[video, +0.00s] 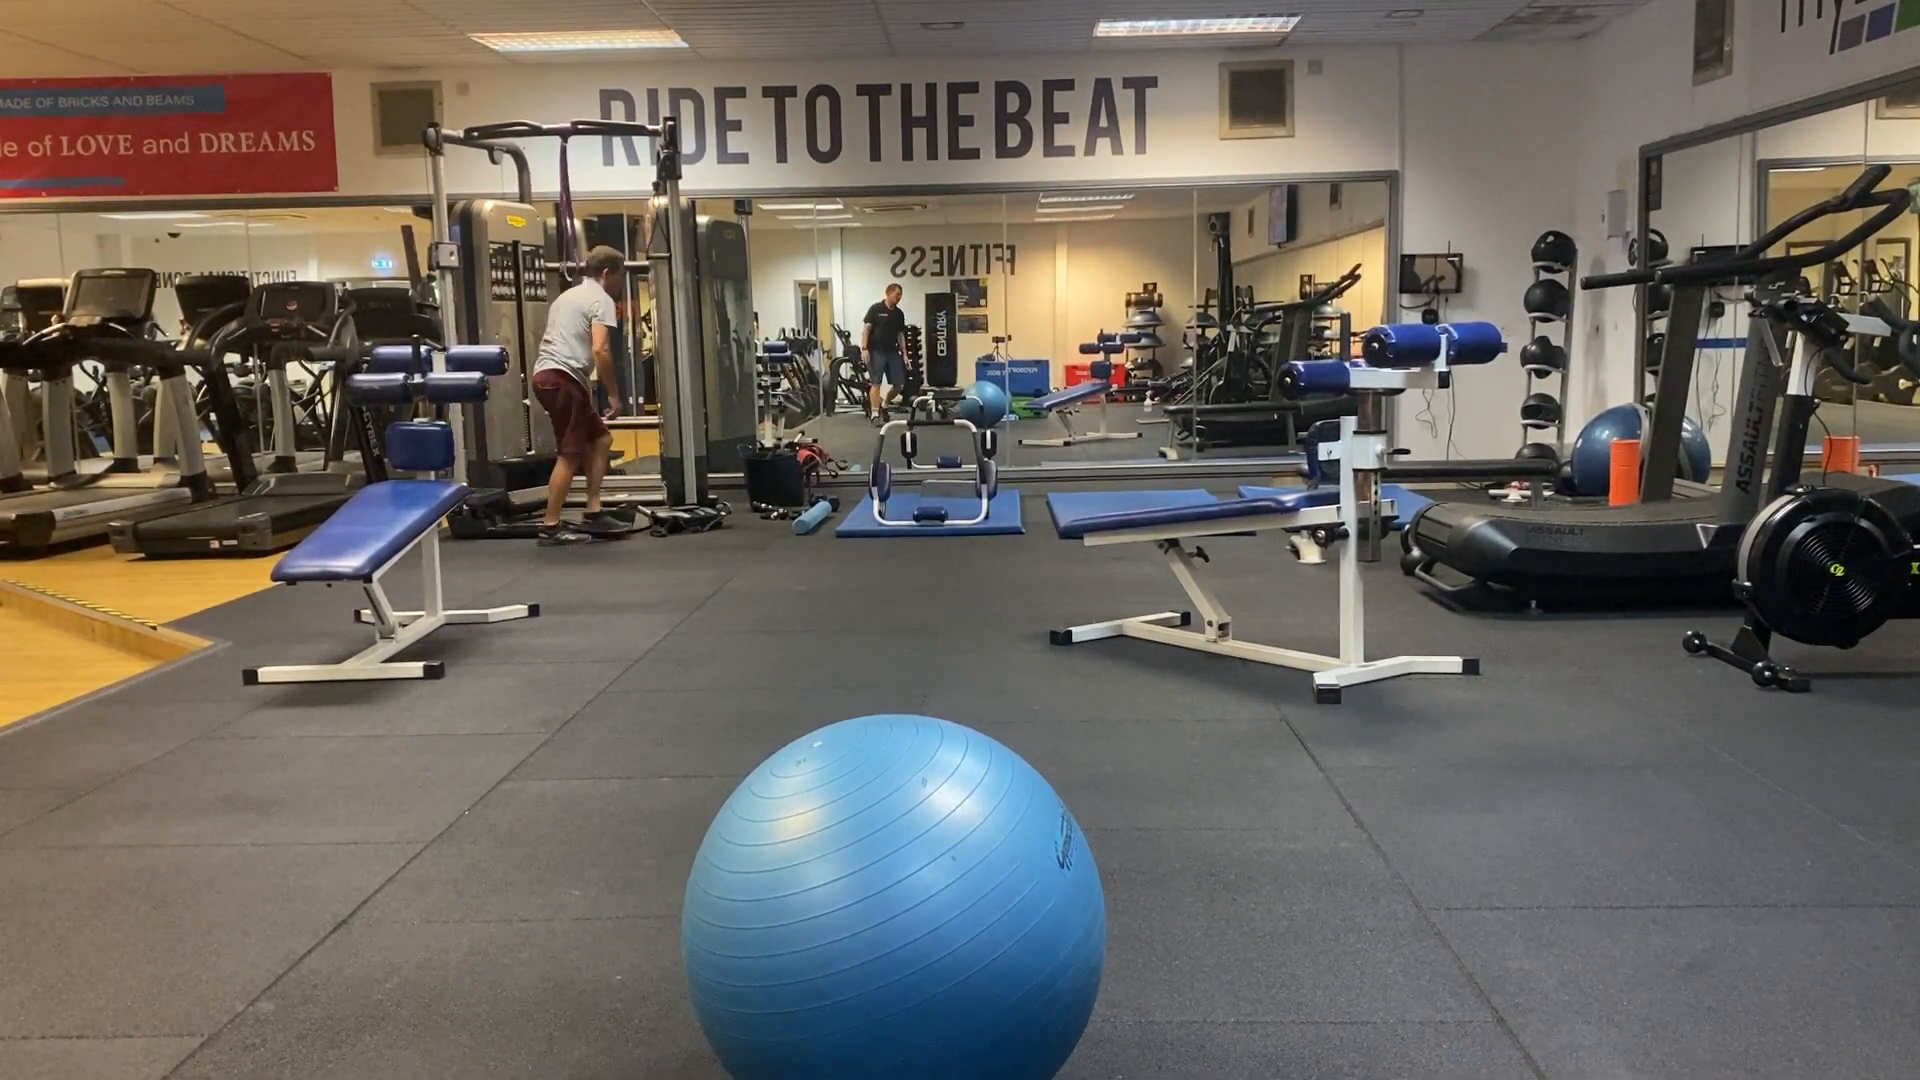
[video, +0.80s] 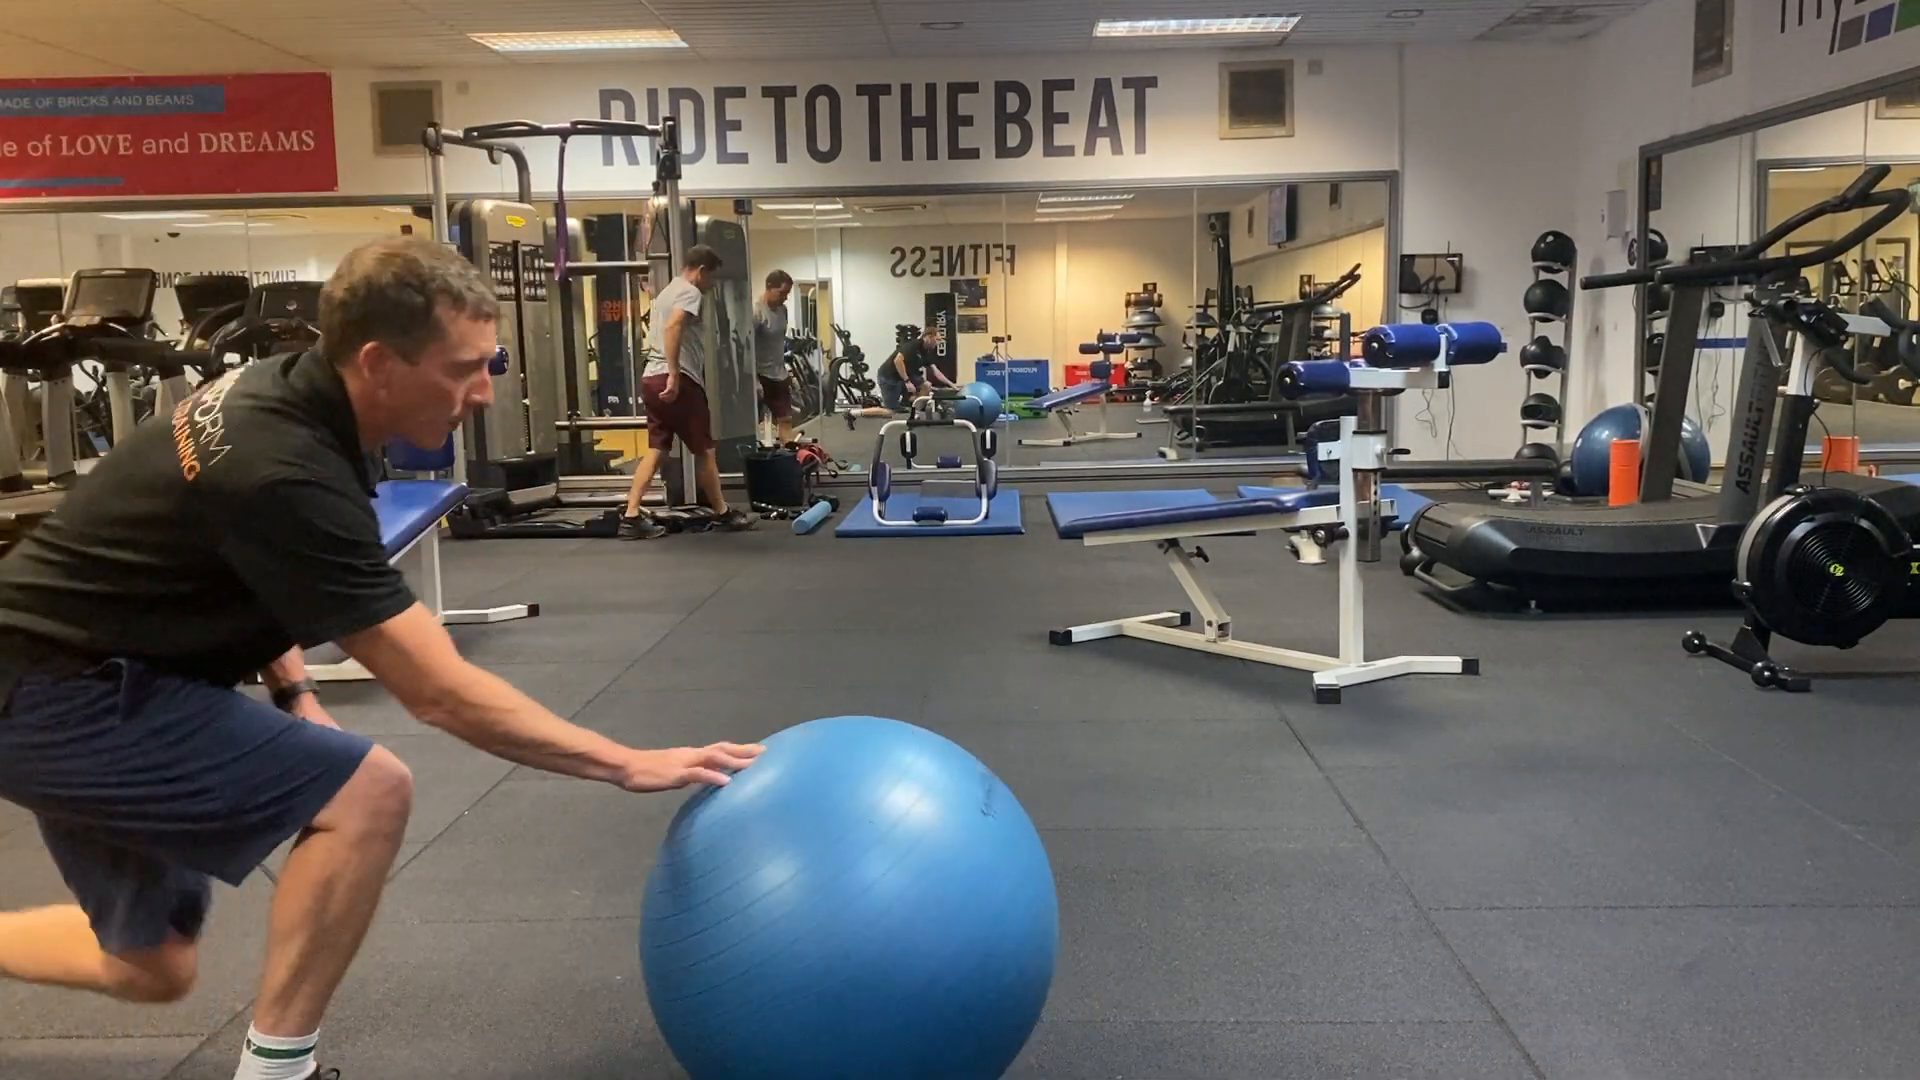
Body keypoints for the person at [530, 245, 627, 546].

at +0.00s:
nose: (622, 283)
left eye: (622, 276)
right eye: (621, 276)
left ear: (592, 272)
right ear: (606, 273)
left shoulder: (566, 296)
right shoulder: (601, 299)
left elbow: (558, 342)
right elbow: (600, 349)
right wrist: (613, 393)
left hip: (543, 377)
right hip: (563, 378)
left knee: (602, 439)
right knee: (571, 453)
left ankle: (594, 512)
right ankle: (550, 525)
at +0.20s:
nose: (641, 275)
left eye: (641, 269)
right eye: (639, 268)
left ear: (616, 268)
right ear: (624, 267)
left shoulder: (597, 291)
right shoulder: (616, 292)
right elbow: (618, 341)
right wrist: (642, 380)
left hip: (579, 379)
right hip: (593, 380)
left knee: (622, 446)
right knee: (597, 455)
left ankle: (628, 519)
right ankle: (558, 517)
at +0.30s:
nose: (653, 272)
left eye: (654, 266)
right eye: (651, 265)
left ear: (628, 264)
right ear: (635, 263)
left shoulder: (610, 288)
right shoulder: (626, 288)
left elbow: (611, 337)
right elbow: (625, 333)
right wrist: (646, 375)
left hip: (594, 375)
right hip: (607, 376)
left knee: (626, 450)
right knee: (628, 450)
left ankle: (628, 517)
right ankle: (579, 504)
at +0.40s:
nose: (664, 270)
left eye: (665, 263)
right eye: (662, 263)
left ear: (639, 262)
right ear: (646, 261)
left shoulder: (621, 285)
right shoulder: (635, 286)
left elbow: (611, 334)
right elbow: (630, 332)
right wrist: (647, 371)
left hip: (604, 374)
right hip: (618, 374)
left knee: (630, 448)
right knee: (654, 445)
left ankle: (630, 515)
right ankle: (610, 500)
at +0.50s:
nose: (673, 274)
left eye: (674, 268)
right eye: (672, 267)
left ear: (649, 262)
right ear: (656, 262)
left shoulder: (629, 282)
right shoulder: (645, 285)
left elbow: (624, 331)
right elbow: (636, 328)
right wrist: (650, 372)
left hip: (612, 374)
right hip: (630, 374)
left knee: (635, 446)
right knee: (670, 442)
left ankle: (628, 516)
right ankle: (651, 507)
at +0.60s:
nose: (685, 277)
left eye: (687, 272)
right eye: (684, 270)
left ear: (661, 264)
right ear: (669, 264)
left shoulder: (641, 284)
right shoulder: (658, 286)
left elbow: (634, 332)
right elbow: (645, 326)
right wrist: (652, 373)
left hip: (625, 374)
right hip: (644, 374)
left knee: (638, 447)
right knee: (681, 444)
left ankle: (628, 516)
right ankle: (694, 511)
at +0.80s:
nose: (712, 284)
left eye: (713, 278)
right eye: (711, 277)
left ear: (688, 269)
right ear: (698, 270)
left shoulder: (664, 294)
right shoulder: (690, 292)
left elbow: (654, 336)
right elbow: (673, 327)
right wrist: (673, 374)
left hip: (652, 379)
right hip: (679, 380)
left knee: (656, 450)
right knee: (705, 450)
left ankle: (631, 514)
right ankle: (722, 511)